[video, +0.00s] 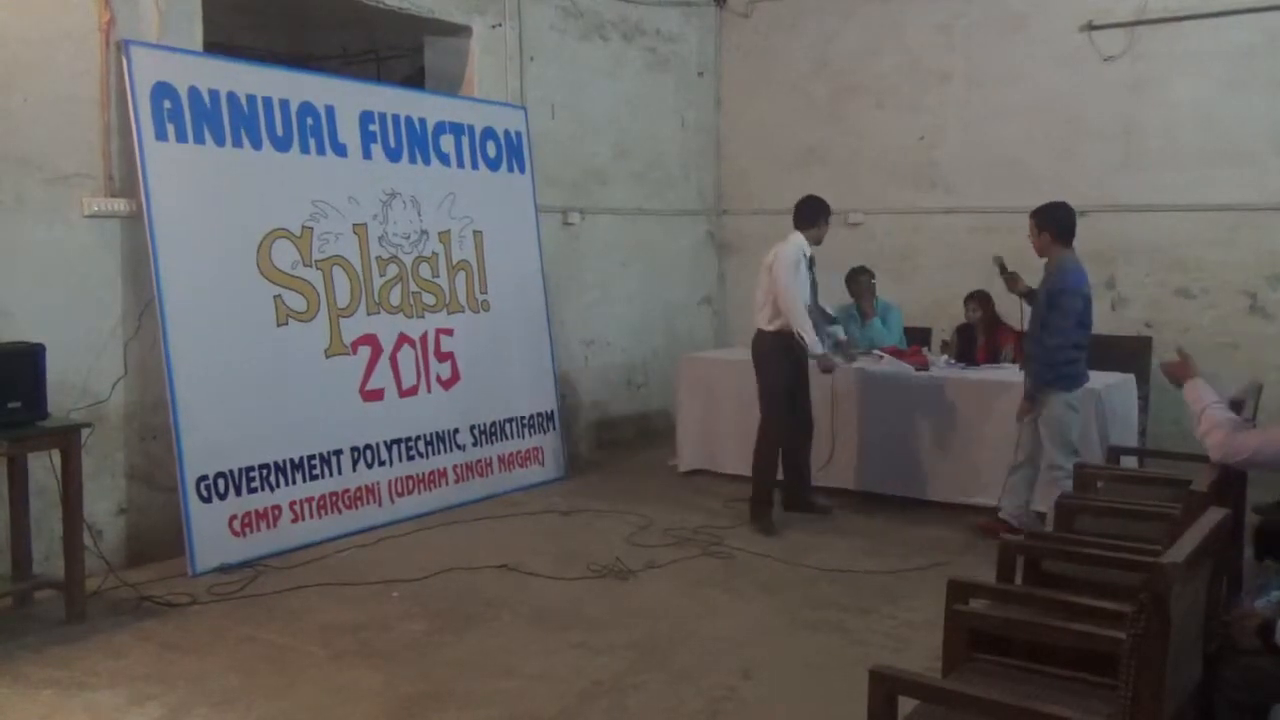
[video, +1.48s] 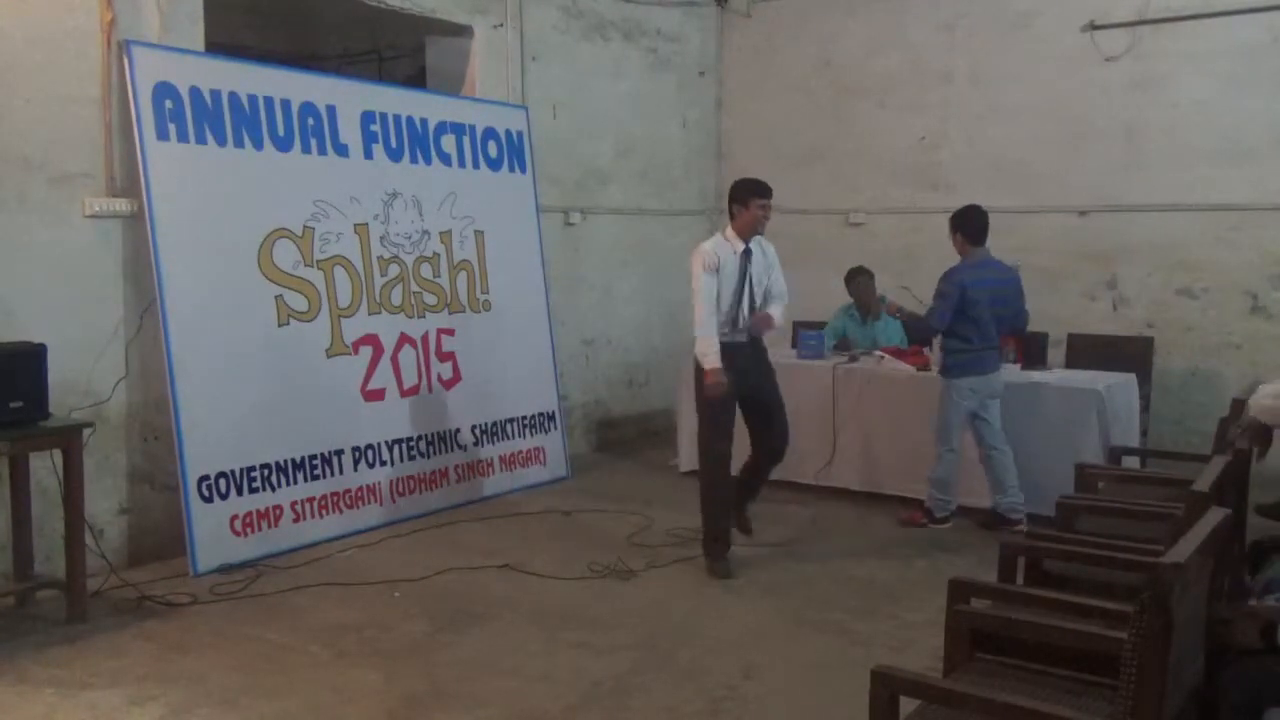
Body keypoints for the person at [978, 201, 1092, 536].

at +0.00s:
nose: (1031, 240)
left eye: (1033, 234)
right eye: (1031, 234)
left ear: (1047, 235)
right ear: (1060, 235)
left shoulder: (1066, 276)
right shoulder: (1059, 270)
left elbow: (1053, 341)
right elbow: (1051, 314)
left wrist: (1032, 392)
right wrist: (1025, 292)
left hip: (1061, 384)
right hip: (1045, 381)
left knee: (1057, 459)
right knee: (1027, 453)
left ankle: (1055, 525)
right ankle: (1013, 516)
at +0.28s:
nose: (1020, 241)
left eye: (1023, 234)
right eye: (1021, 234)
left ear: (1037, 235)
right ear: (1050, 234)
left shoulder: (1054, 275)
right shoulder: (1052, 269)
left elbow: (1045, 339)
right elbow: (1044, 301)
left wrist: (1030, 389)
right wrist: (1023, 281)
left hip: (1052, 380)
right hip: (1039, 377)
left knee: (1053, 455)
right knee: (1027, 449)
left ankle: (1056, 522)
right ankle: (1015, 513)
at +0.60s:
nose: (1002, 241)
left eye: (1003, 234)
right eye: (1002, 233)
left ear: (1015, 234)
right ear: (1035, 233)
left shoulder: (1025, 273)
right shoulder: (1050, 270)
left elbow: (1014, 332)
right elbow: (1053, 322)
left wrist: (1004, 382)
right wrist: (1036, 351)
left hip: (1026, 373)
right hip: (1039, 370)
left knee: (1023, 446)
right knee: (1021, 445)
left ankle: (1038, 514)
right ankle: (1017, 511)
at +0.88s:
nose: (993, 239)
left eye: (994, 232)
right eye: (993, 232)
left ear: (1005, 233)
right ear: (1025, 232)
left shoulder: (1009, 273)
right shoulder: (1045, 272)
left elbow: (998, 330)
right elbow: (1053, 322)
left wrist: (973, 364)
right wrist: (1022, 337)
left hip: (1009, 375)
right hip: (1034, 374)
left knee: (994, 444)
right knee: (1024, 446)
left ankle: (1002, 514)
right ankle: (1020, 513)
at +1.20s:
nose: (976, 240)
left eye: (977, 234)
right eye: (977, 233)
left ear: (985, 236)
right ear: (1010, 233)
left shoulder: (986, 274)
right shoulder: (1033, 274)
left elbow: (967, 324)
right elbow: (1046, 322)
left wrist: (940, 331)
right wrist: (1025, 350)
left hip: (990, 377)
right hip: (1021, 374)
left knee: (969, 444)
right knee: (1017, 451)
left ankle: (946, 507)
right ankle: (1017, 516)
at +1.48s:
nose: (952, 241)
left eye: (953, 236)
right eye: (953, 236)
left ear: (959, 237)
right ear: (985, 234)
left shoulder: (956, 278)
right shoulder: (1007, 275)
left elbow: (933, 326)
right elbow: (1018, 323)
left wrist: (902, 315)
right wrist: (986, 319)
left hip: (960, 377)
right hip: (992, 374)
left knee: (948, 445)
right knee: (995, 444)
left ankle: (939, 509)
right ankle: (1011, 511)